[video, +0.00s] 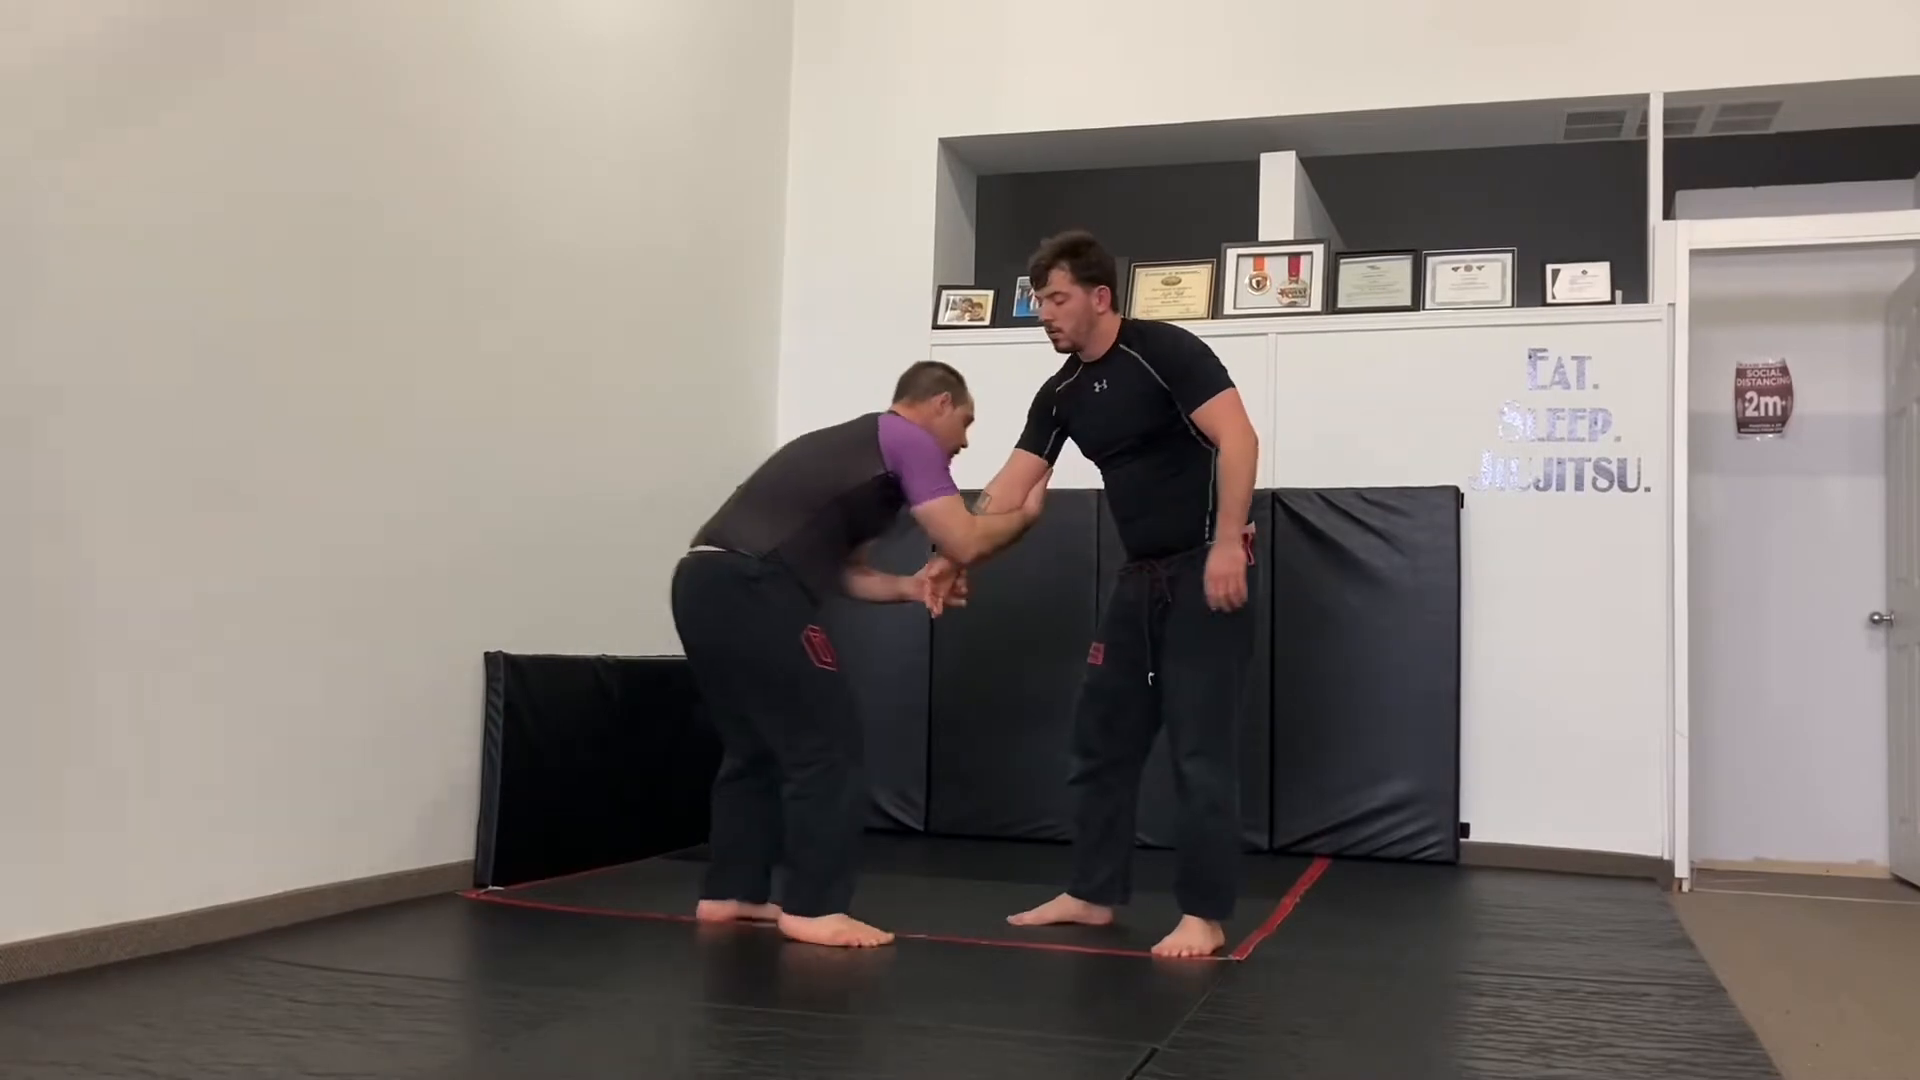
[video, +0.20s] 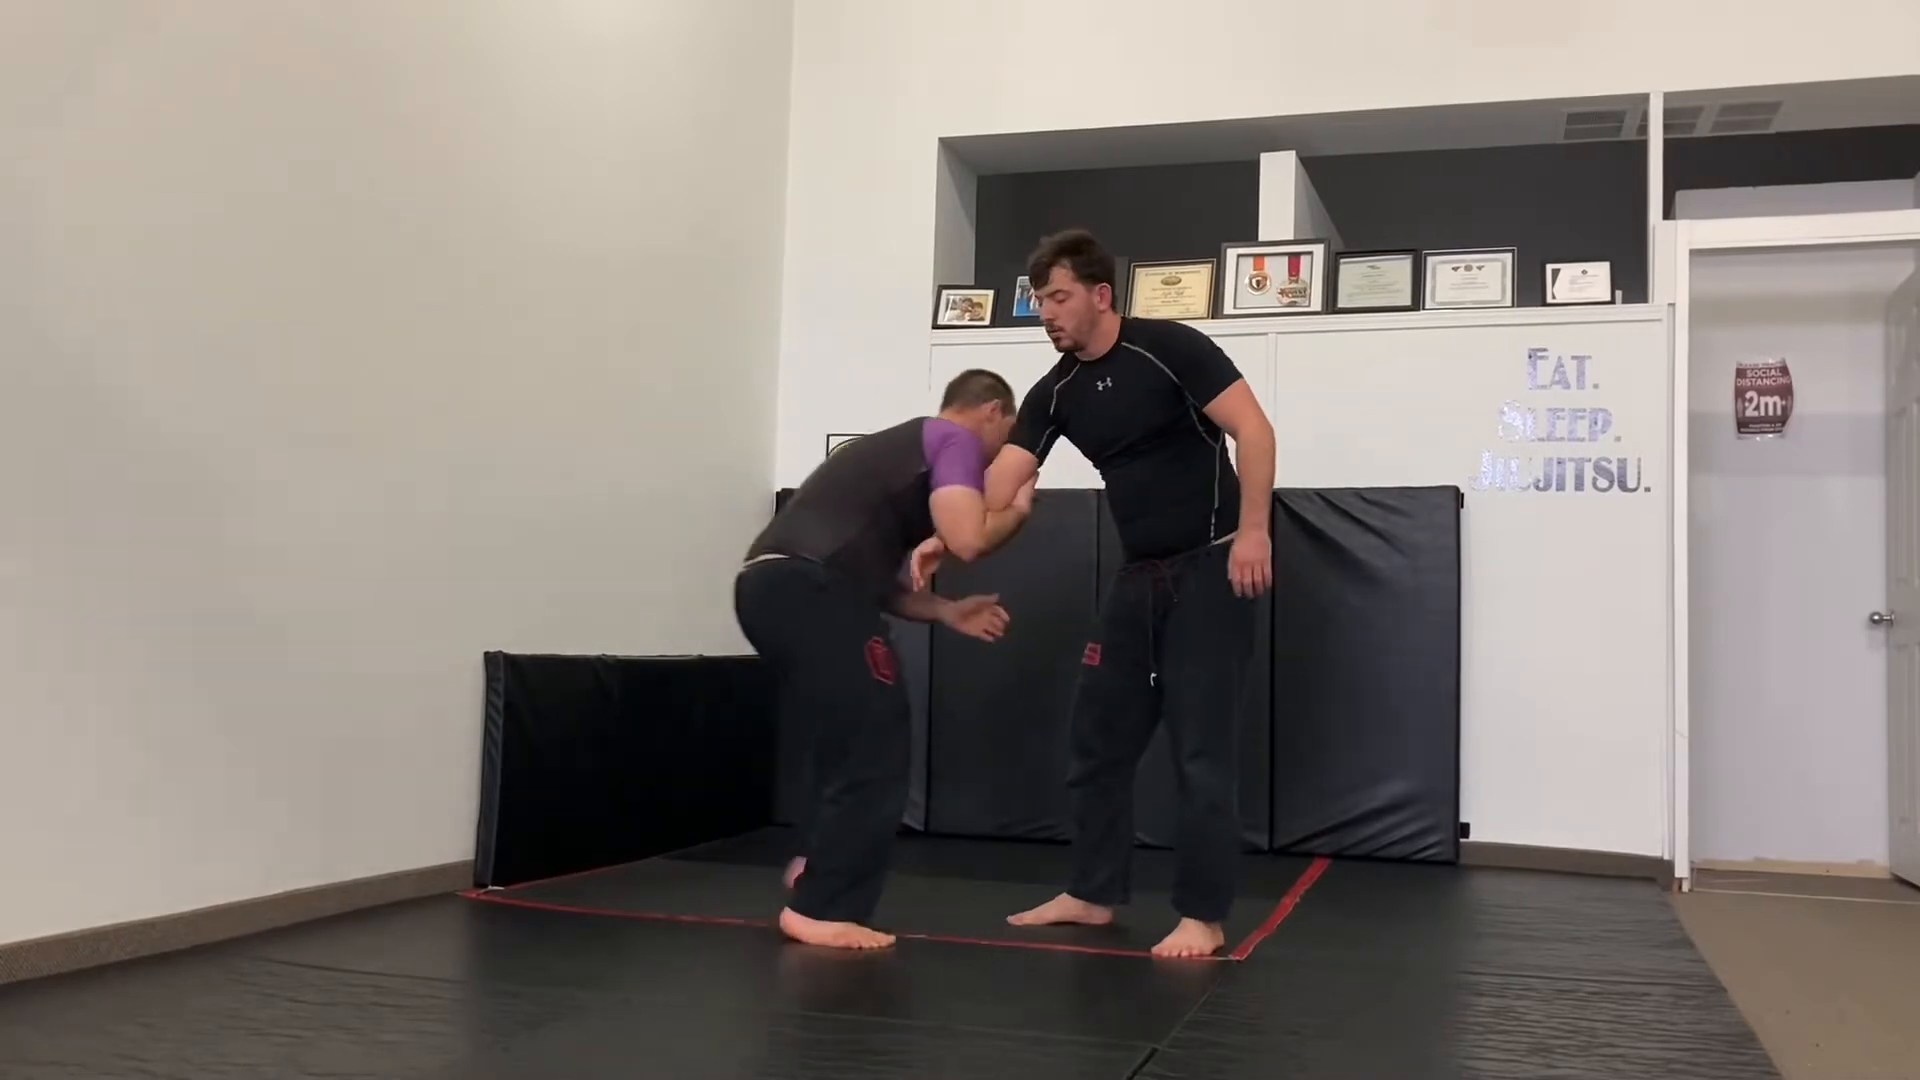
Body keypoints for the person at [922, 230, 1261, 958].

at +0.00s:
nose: (1044, 313)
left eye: (1055, 298)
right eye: (1040, 300)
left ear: (1102, 297)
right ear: (1058, 306)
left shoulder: (1164, 348)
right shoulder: (1060, 393)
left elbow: (1240, 440)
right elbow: (1009, 491)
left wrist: (1229, 542)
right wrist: (957, 560)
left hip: (1208, 566)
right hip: (1141, 573)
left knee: (1199, 742)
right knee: (1106, 732)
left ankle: (1206, 915)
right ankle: (1093, 894)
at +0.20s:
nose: (1047, 313)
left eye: (1058, 297)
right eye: (1041, 301)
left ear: (1103, 294)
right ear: (1044, 309)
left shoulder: (1171, 346)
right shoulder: (1055, 391)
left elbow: (1254, 429)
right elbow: (999, 487)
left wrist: (1253, 530)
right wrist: (946, 542)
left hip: (1213, 564)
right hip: (1140, 572)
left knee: (1200, 741)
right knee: (1102, 732)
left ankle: (1204, 916)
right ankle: (1093, 894)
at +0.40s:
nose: (1049, 308)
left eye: (1060, 293)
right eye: (1042, 296)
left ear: (1104, 289)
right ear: (1041, 302)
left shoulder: (1174, 344)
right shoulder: (1058, 389)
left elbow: (1261, 425)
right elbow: (1035, 495)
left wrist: (1257, 515)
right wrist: (986, 549)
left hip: (1207, 565)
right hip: (1130, 573)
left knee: (1201, 737)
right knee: (1100, 731)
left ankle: (1207, 912)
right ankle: (1095, 893)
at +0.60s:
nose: (1048, 301)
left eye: (1061, 286)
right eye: (1043, 290)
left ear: (1106, 284)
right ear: (1048, 297)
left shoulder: (1169, 341)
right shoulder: (1060, 384)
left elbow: (1257, 422)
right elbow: (1068, 497)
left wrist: (1255, 498)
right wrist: (1032, 557)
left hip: (1195, 561)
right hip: (1121, 568)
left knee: (1192, 737)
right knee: (1103, 726)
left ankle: (1203, 916)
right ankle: (1097, 898)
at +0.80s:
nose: (1036, 312)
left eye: (1048, 297)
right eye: (1031, 300)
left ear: (1092, 292)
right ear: (1037, 305)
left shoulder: (1150, 341)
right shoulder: (1062, 393)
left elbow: (1221, 417)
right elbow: (1105, 489)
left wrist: (1185, 503)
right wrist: (1097, 575)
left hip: (1195, 562)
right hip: (1128, 568)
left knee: (1184, 732)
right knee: (1107, 723)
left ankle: (1200, 919)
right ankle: (1095, 888)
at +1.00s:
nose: (1045, 330)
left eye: (1052, 312)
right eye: (1038, 317)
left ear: (1096, 301)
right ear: (1056, 315)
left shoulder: (1148, 343)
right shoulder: (1097, 392)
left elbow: (1170, 430)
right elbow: (1154, 485)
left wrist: (1093, 518)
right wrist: (1148, 564)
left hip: (1219, 555)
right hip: (1171, 560)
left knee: (1188, 731)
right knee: (1121, 712)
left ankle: (1202, 918)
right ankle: (1085, 881)